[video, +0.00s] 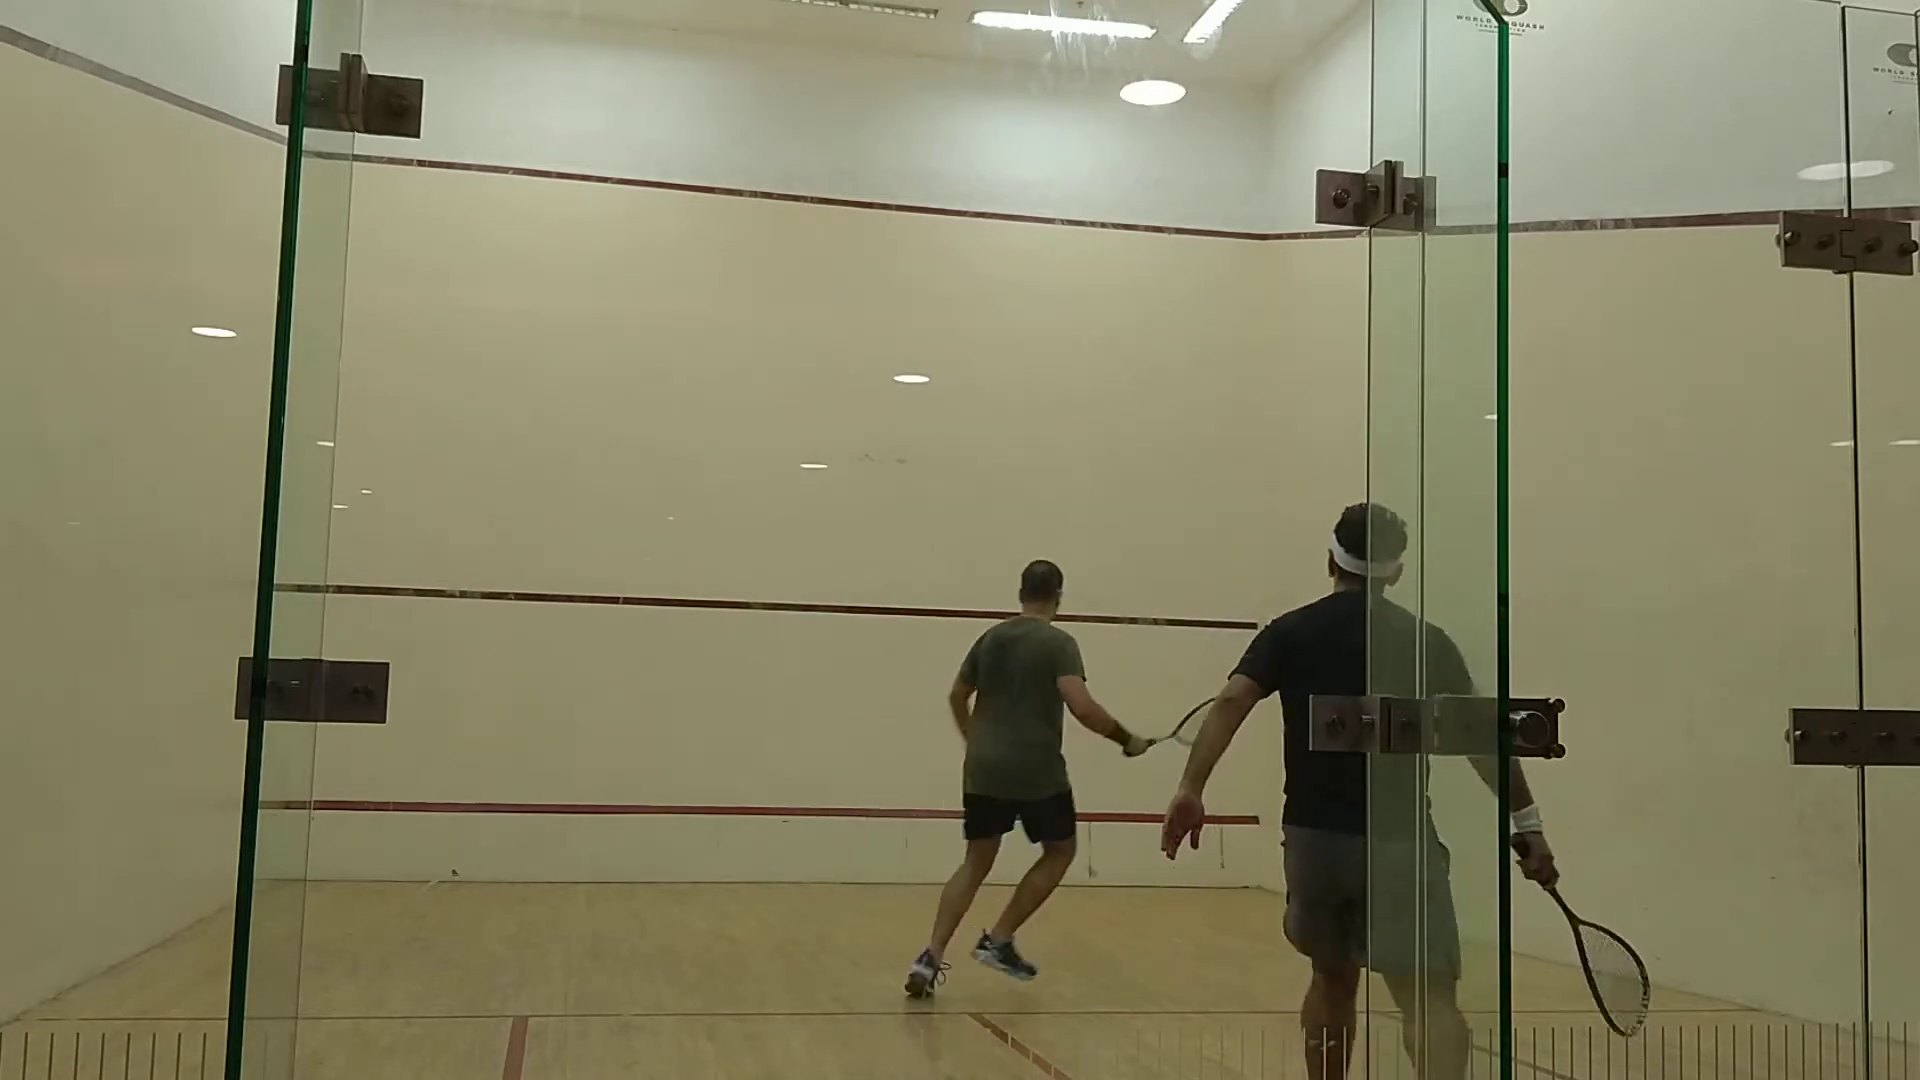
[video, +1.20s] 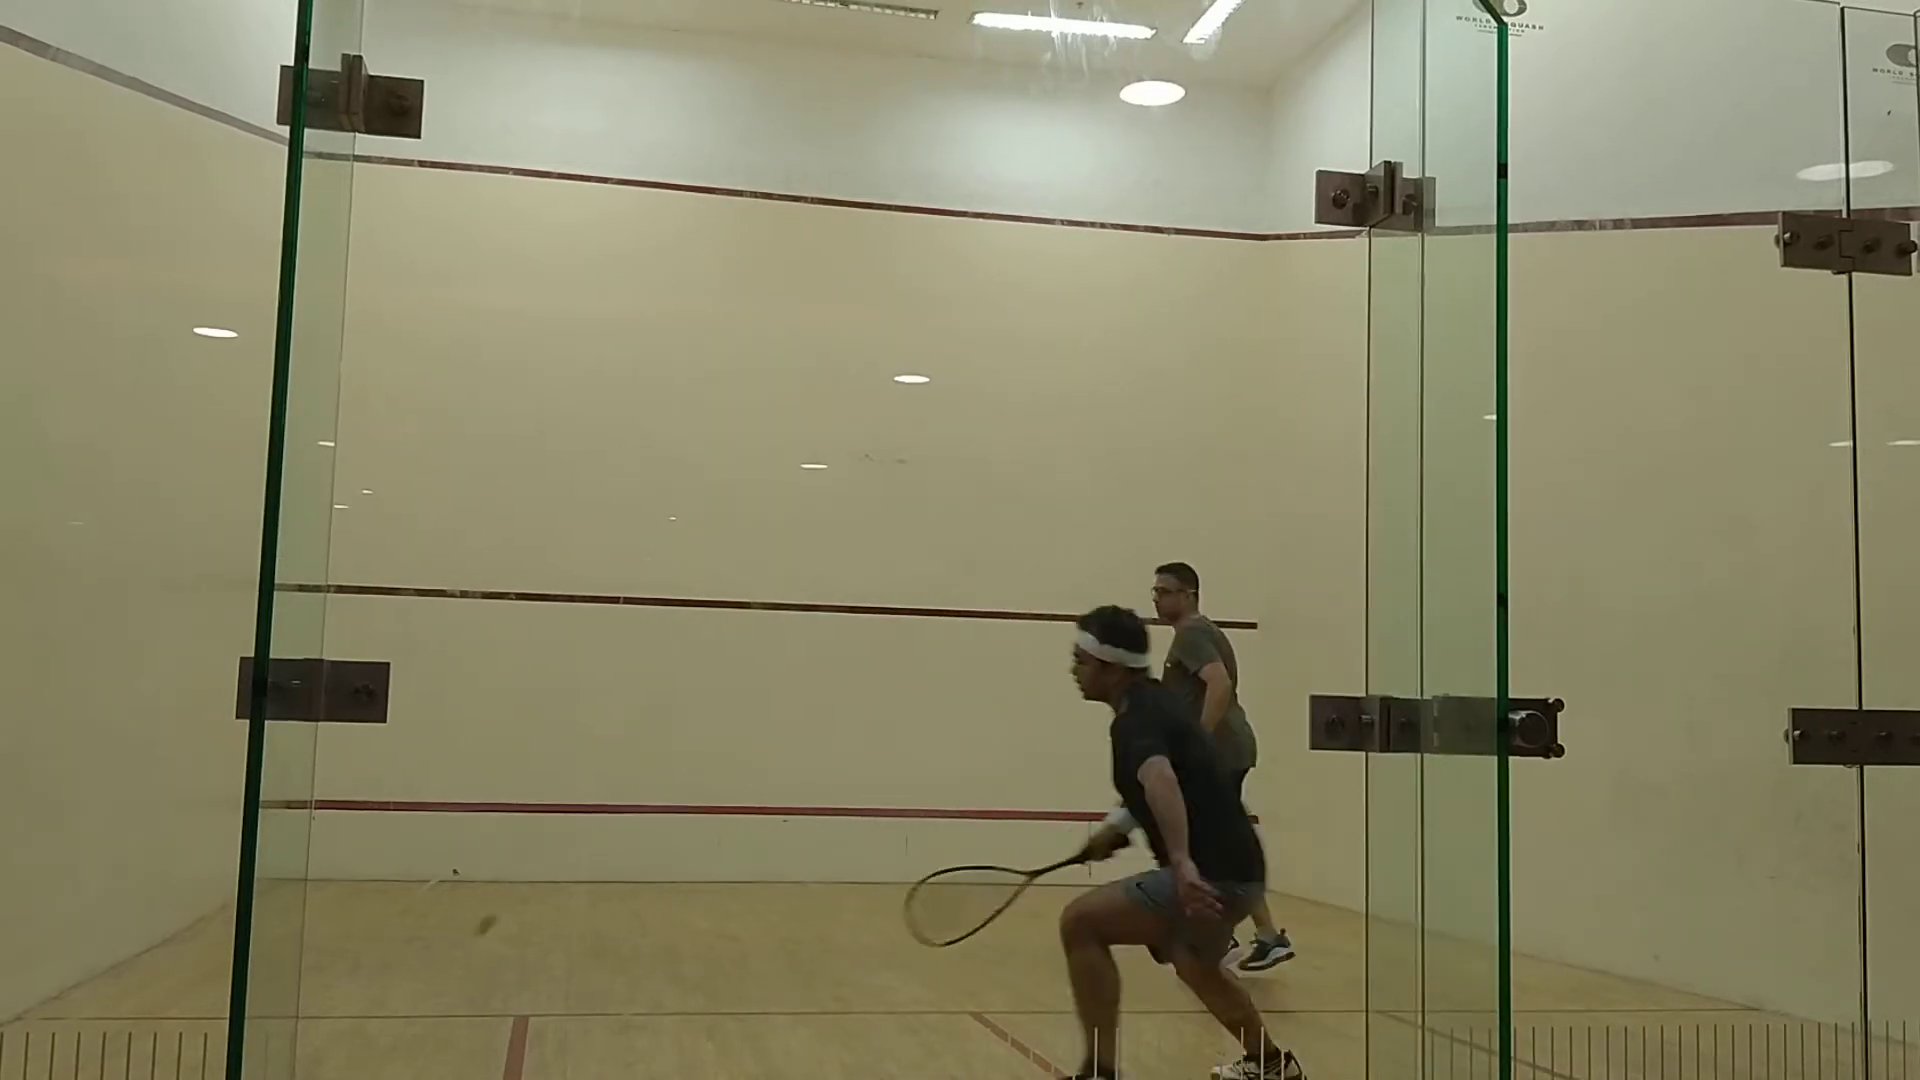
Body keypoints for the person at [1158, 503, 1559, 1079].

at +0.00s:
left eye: (1334, 554)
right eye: (1385, 560)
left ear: (1332, 561)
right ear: (1395, 566)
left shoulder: (1288, 634)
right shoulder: (1427, 643)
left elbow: (1231, 704)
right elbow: (1484, 741)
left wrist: (1189, 791)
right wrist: (1529, 828)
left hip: (1314, 848)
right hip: (1402, 854)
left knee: (1330, 978)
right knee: (1429, 997)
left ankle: (1325, 1076)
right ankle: (1445, 1077)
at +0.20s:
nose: (1400, 571)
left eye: (1390, 558)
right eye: (1414, 560)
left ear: (1367, 558)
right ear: (1426, 562)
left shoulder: (1324, 620)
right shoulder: (1446, 635)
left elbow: (1239, 685)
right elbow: (1477, 733)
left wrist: (1237, 765)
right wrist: (1501, 815)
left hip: (1324, 805)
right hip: (1408, 814)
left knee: (1290, 936)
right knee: (1420, 951)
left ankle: (1265, 1068)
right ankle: (1438, 1073)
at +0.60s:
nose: (1426, 649)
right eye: (1428, 641)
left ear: (1376, 636)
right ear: (1431, 646)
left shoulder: (1331, 691)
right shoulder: (1437, 707)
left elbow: (1258, 757)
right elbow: (1465, 782)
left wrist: (1247, 828)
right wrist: (1492, 860)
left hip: (1319, 859)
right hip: (1401, 863)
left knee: (1248, 973)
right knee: (1447, 955)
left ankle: (1198, 1073)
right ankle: (1461, 1070)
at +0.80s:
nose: (1371, 674)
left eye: (1371, 665)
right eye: (1384, 668)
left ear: (1366, 666)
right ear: (1415, 671)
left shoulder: (1331, 718)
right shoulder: (1440, 732)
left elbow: (1243, 757)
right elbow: (1498, 826)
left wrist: (1172, 811)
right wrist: (1499, 904)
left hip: (1331, 874)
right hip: (1416, 881)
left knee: (1250, 937)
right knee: (1476, 982)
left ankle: (1213, 1055)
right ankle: (1539, 1073)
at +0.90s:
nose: (1300, 645)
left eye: (1304, 638)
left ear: (1308, 645)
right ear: (1362, 651)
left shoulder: (1278, 691)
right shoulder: (1381, 707)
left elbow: (1214, 736)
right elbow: (1440, 797)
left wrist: (1165, 808)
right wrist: (1416, 860)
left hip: (1307, 874)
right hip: (1383, 872)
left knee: (1217, 928)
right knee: (1431, 974)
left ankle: (1232, 1067)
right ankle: (1524, 1069)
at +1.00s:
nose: (1221, 635)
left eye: (1224, 628)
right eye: (1225, 628)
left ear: (1234, 634)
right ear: (1284, 635)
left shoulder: (1220, 678)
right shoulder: (1320, 685)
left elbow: (1169, 742)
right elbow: (1389, 747)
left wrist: (1132, 818)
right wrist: (1358, 807)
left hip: (1283, 850)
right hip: (1350, 848)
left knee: (1181, 923)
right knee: (1303, 943)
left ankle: (1213, 1065)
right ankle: (1404, 1038)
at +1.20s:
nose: (1073, 670)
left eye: (1081, 661)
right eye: (1076, 660)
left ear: (1112, 668)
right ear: (1119, 667)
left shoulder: (1137, 716)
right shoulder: (1156, 702)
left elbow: (1162, 784)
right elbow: (1166, 786)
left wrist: (1181, 864)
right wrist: (1116, 829)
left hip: (1209, 877)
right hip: (1232, 874)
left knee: (1081, 922)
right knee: (1192, 960)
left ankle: (1099, 1069)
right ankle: (1268, 1058)